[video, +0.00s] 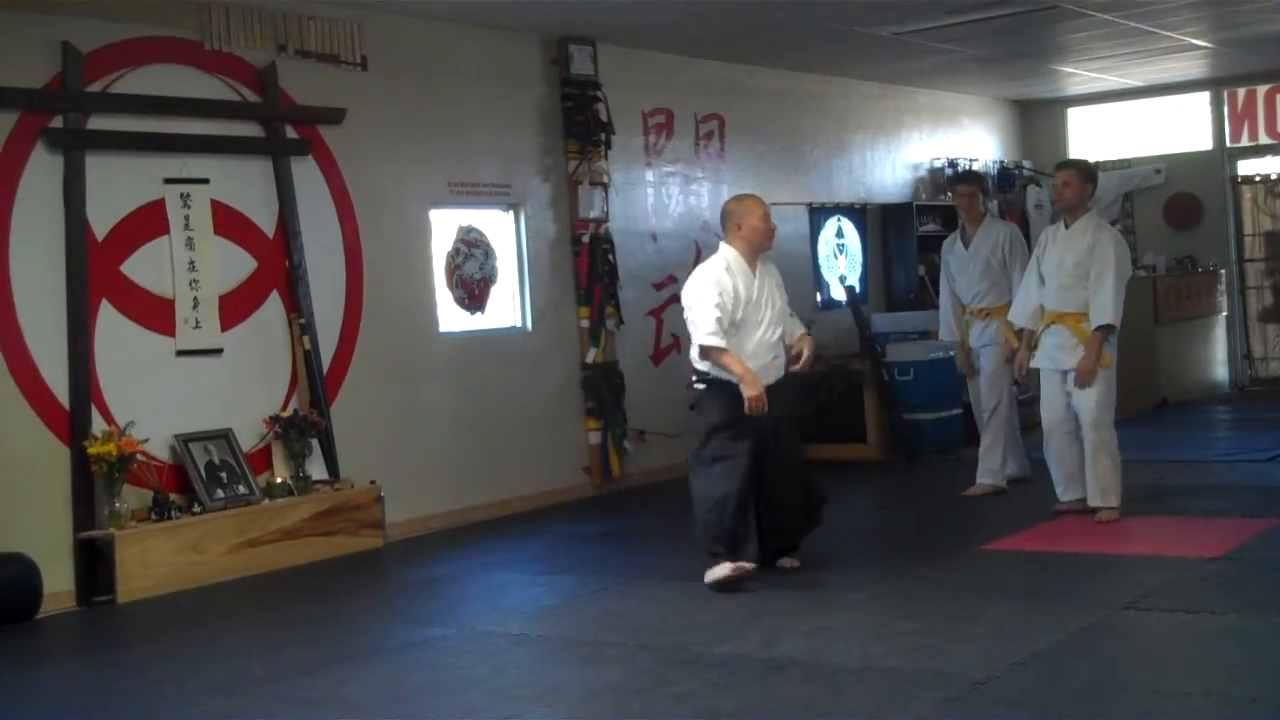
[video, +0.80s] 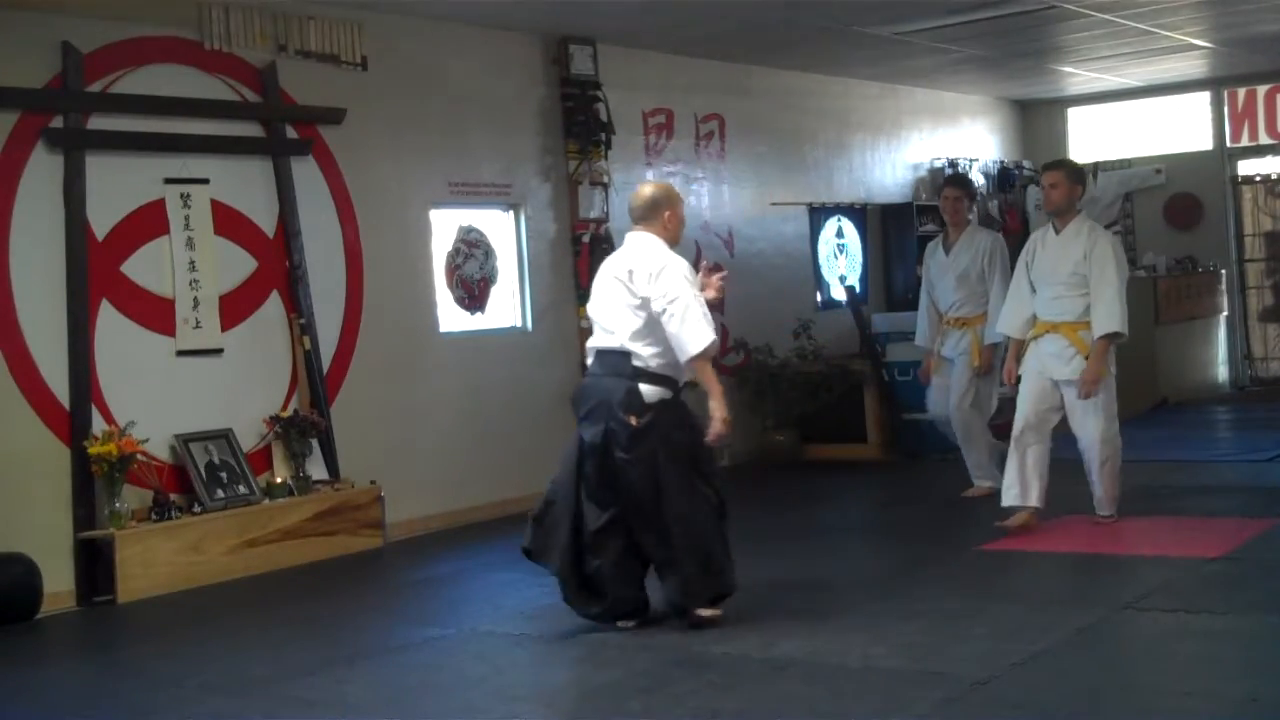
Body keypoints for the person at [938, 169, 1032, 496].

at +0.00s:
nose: (966, 202)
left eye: (972, 195)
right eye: (960, 197)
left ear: (983, 197)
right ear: (953, 201)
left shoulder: (1006, 233)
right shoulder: (950, 245)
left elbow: (1022, 286)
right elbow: (950, 297)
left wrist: (1020, 334)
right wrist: (960, 344)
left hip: (999, 322)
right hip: (969, 324)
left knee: (992, 399)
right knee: (985, 401)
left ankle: (990, 476)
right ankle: (1015, 464)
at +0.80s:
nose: (952, 206)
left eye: (959, 200)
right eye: (946, 200)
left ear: (971, 203)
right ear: (939, 206)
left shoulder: (989, 242)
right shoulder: (933, 249)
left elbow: (999, 295)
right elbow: (928, 302)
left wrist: (990, 344)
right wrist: (929, 351)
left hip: (979, 334)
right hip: (948, 335)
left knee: (964, 408)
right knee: (938, 408)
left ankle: (986, 480)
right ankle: (997, 451)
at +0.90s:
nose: (945, 207)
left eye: (952, 200)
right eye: (939, 200)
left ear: (966, 205)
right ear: (932, 206)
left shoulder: (984, 244)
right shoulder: (927, 250)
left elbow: (991, 298)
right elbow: (922, 304)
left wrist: (983, 347)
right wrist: (919, 350)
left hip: (971, 335)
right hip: (939, 335)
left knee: (962, 409)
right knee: (920, 406)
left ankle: (984, 478)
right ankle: (956, 468)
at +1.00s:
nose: (932, 203)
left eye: (939, 197)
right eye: (927, 197)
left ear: (953, 202)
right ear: (921, 203)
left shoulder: (972, 241)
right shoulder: (916, 246)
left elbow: (981, 295)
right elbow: (911, 299)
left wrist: (976, 343)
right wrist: (911, 345)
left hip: (961, 332)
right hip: (927, 332)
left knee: (963, 409)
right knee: (908, 406)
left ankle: (983, 479)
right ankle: (921, 479)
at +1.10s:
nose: (916, 202)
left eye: (923, 196)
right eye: (911, 197)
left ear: (938, 200)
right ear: (906, 202)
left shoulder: (957, 238)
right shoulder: (902, 246)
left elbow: (970, 293)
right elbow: (898, 300)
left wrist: (968, 343)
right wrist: (897, 346)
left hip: (952, 333)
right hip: (915, 333)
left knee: (965, 411)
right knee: (899, 406)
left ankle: (984, 479)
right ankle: (881, 481)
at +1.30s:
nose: (875, 210)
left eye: (883, 203)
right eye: (871, 203)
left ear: (896, 208)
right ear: (865, 210)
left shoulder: (917, 247)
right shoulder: (866, 256)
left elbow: (939, 296)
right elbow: (867, 310)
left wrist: (928, 332)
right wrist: (868, 355)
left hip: (919, 345)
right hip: (880, 349)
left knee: (950, 416)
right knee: (863, 418)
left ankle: (987, 483)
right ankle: (851, 496)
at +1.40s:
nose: (851, 210)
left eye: (858, 203)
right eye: (846, 204)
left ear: (872, 206)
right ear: (842, 209)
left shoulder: (895, 246)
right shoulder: (847, 257)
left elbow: (913, 298)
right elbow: (849, 310)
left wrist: (911, 343)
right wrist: (850, 351)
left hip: (893, 345)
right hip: (857, 348)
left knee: (922, 416)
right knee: (850, 422)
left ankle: (969, 463)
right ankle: (851, 497)